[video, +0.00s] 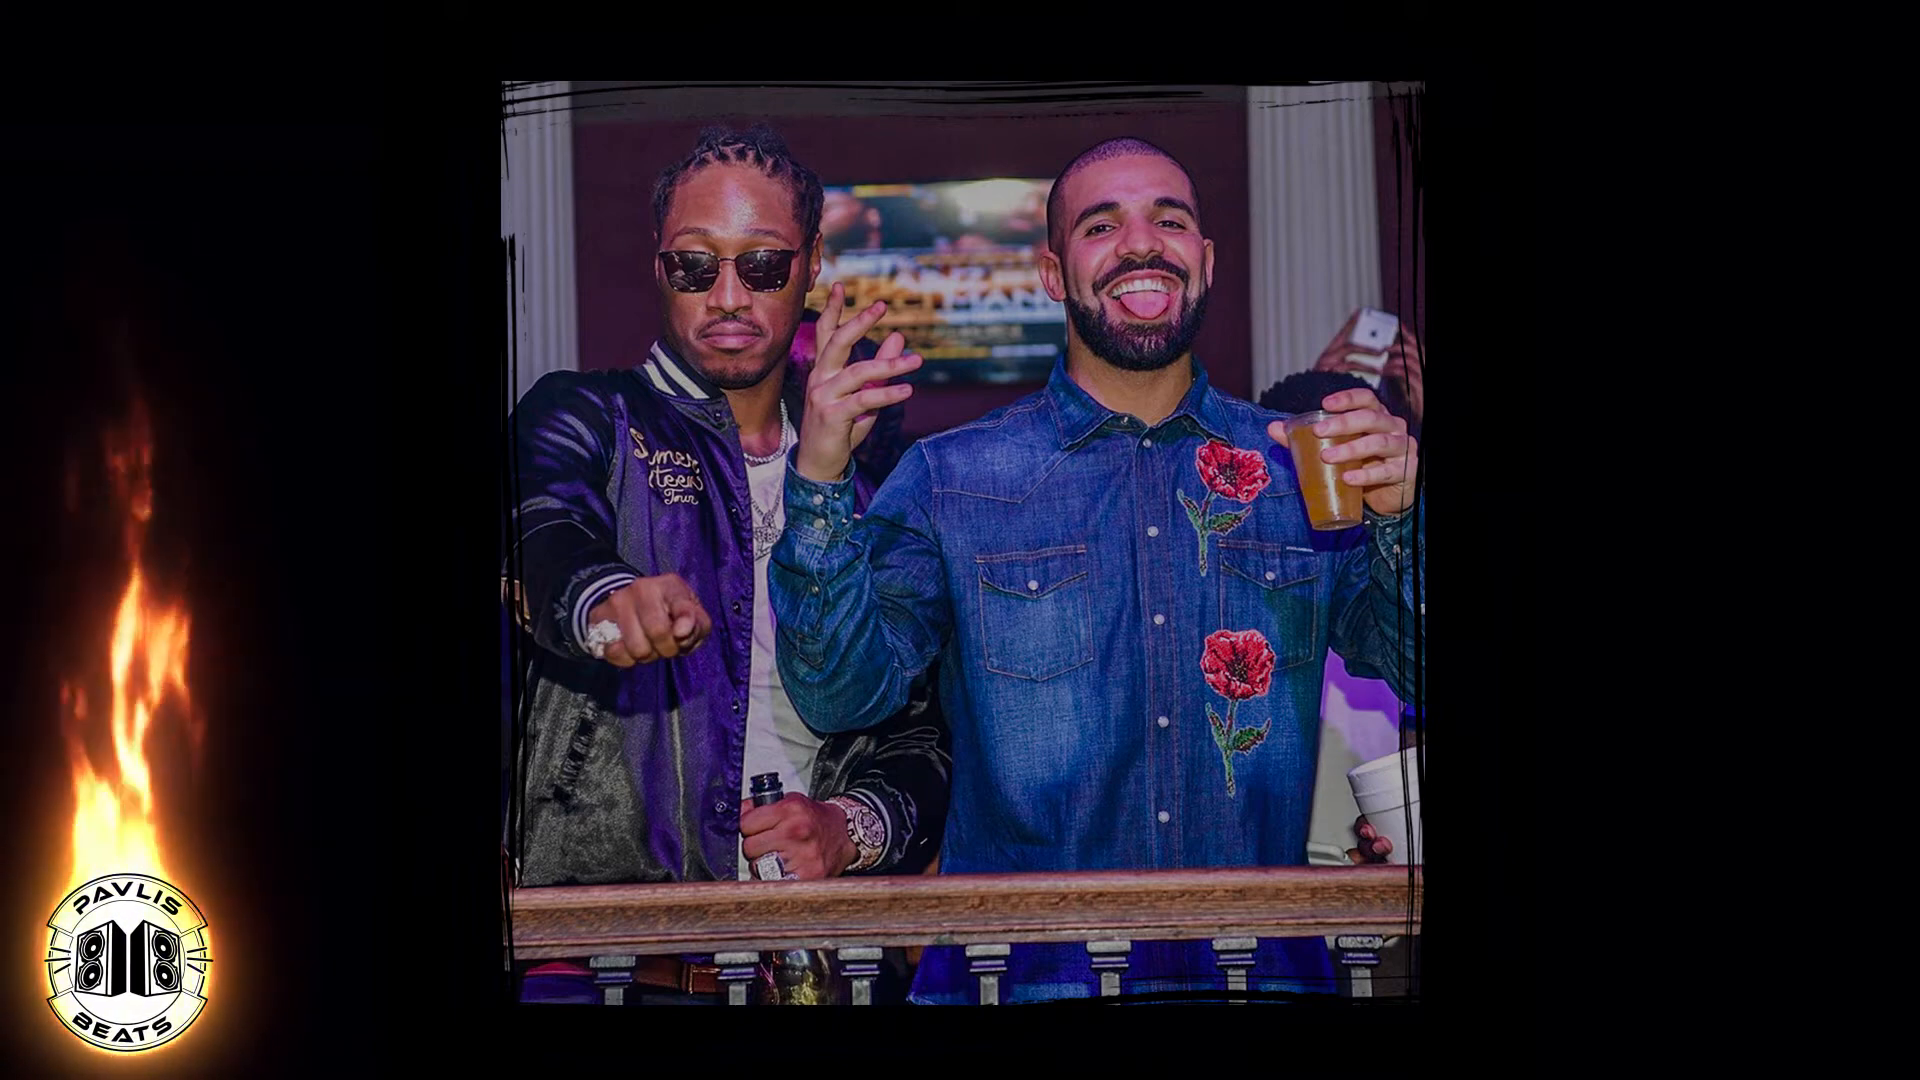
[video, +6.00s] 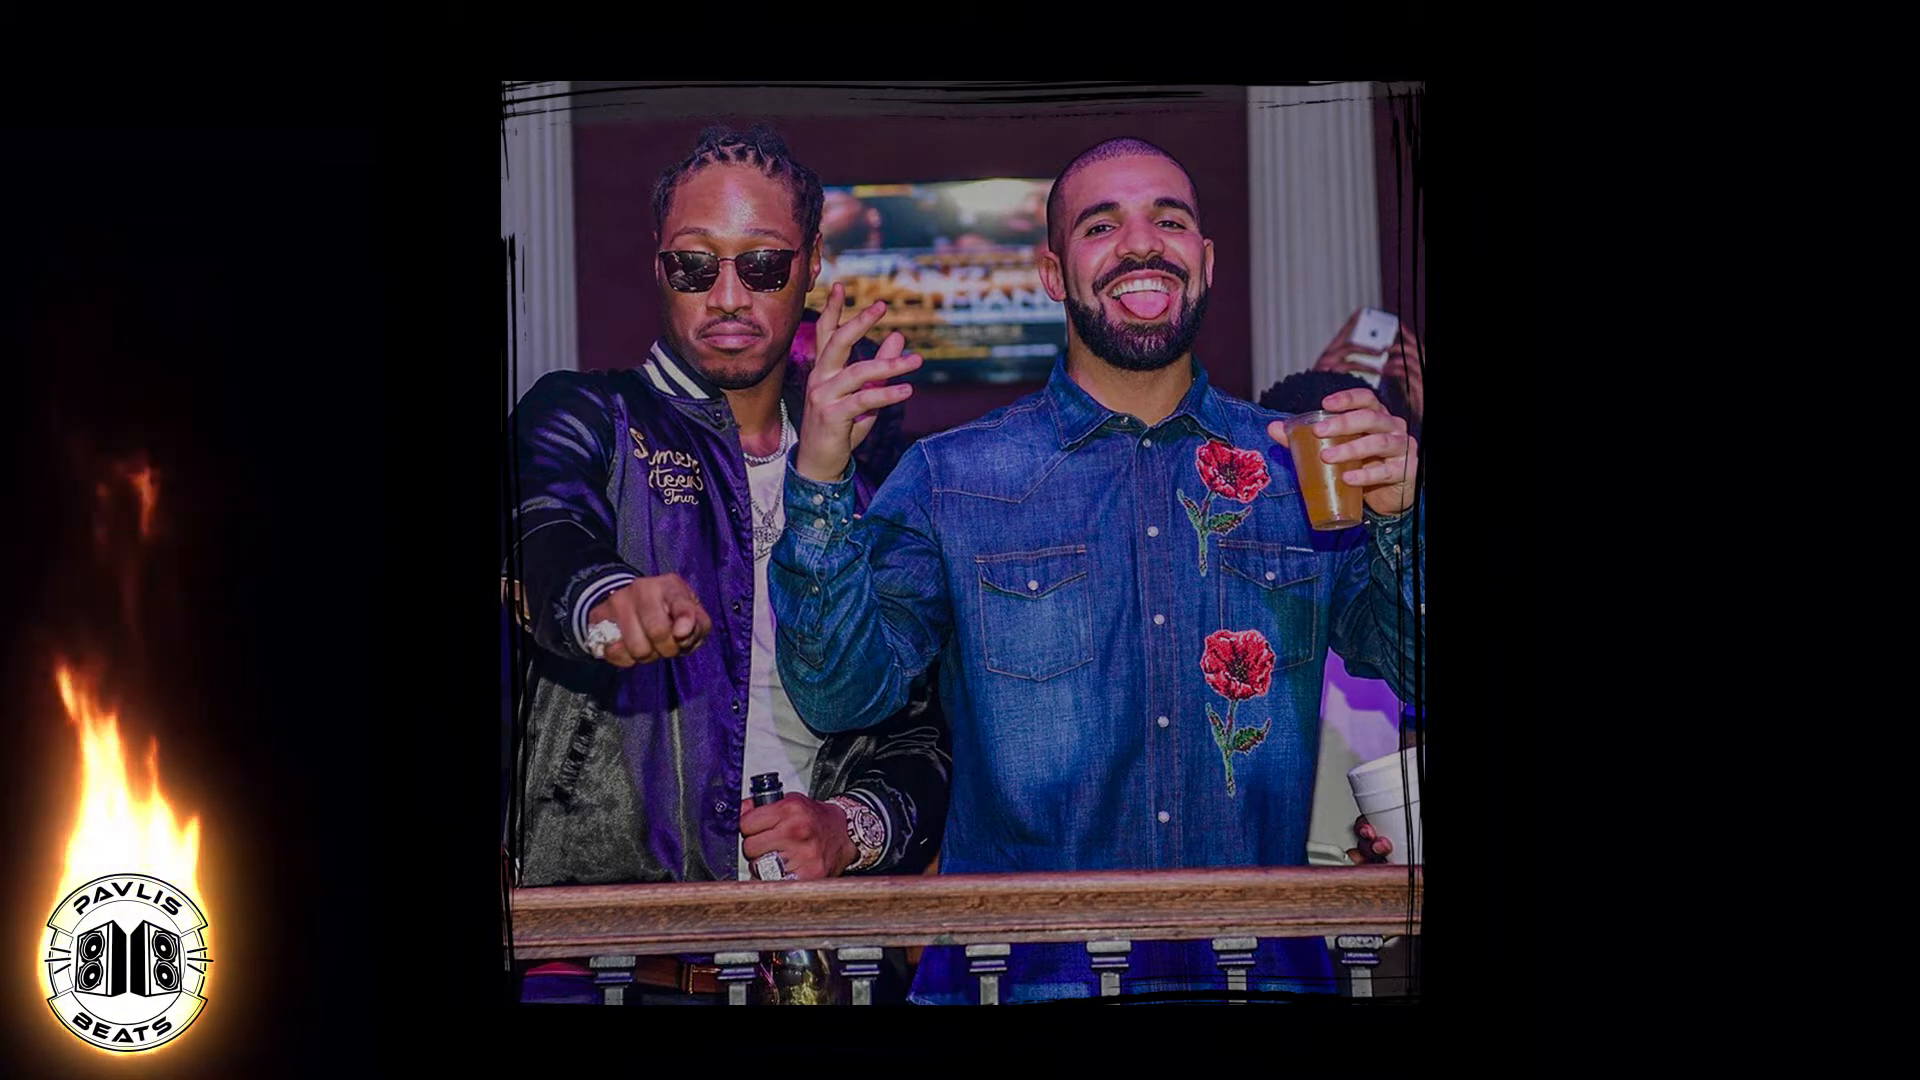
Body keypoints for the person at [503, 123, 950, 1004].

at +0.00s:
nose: (729, 296)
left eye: (764, 266)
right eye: (694, 266)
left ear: (811, 274)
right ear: (658, 273)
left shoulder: (879, 459)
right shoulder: (581, 411)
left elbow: (926, 724)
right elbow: (540, 526)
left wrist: (857, 825)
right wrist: (603, 596)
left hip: (827, 942)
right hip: (605, 942)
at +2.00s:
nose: (729, 296)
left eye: (764, 266)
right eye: (694, 266)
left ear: (811, 274)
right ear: (658, 273)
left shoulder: (878, 459)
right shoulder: (581, 411)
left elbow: (926, 724)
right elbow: (540, 526)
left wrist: (857, 825)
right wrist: (603, 595)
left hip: (827, 942)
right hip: (606, 942)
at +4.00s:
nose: (729, 296)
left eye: (763, 266)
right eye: (694, 266)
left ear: (811, 274)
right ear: (658, 272)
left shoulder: (878, 460)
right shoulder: (581, 412)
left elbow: (926, 726)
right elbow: (540, 525)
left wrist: (857, 826)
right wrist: (602, 595)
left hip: (827, 944)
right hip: (605, 943)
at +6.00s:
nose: (729, 296)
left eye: (763, 266)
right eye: (694, 266)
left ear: (811, 274)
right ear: (658, 272)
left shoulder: (878, 460)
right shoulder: (581, 412)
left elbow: (926, 725)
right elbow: (540, 525)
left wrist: (857, 826)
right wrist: (602, 595)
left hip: (827, 944)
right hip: (605, 943)